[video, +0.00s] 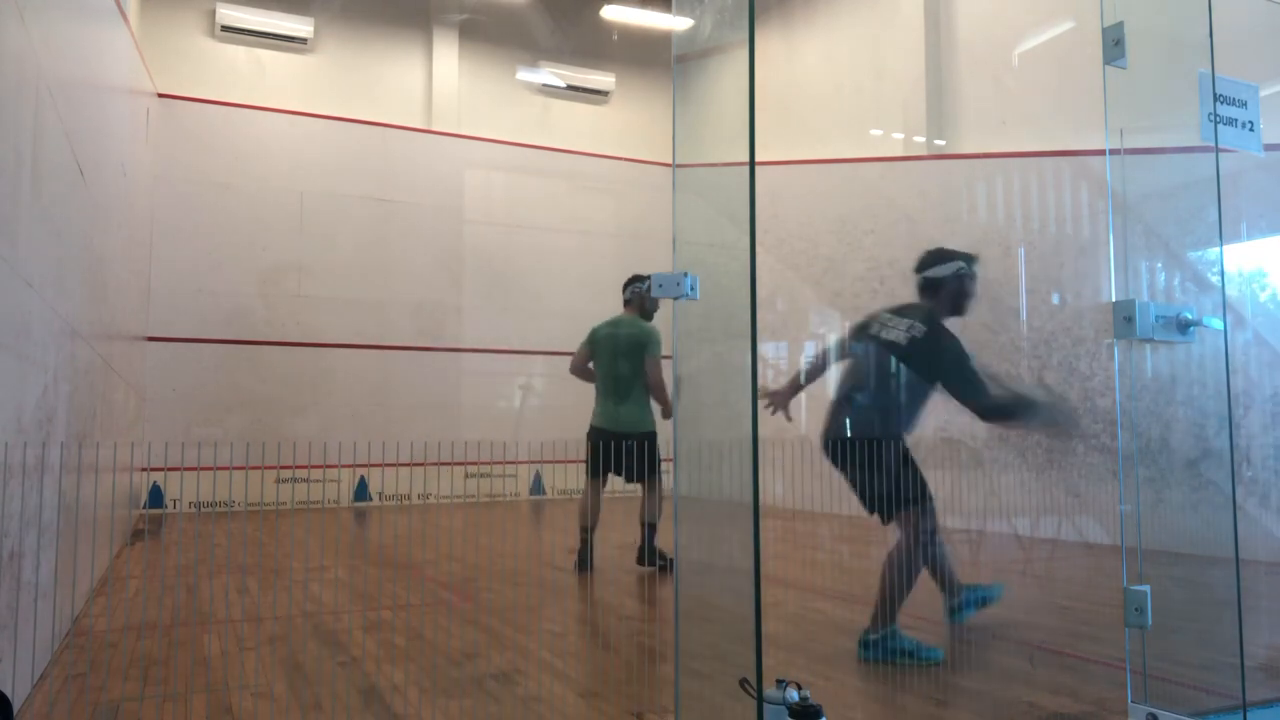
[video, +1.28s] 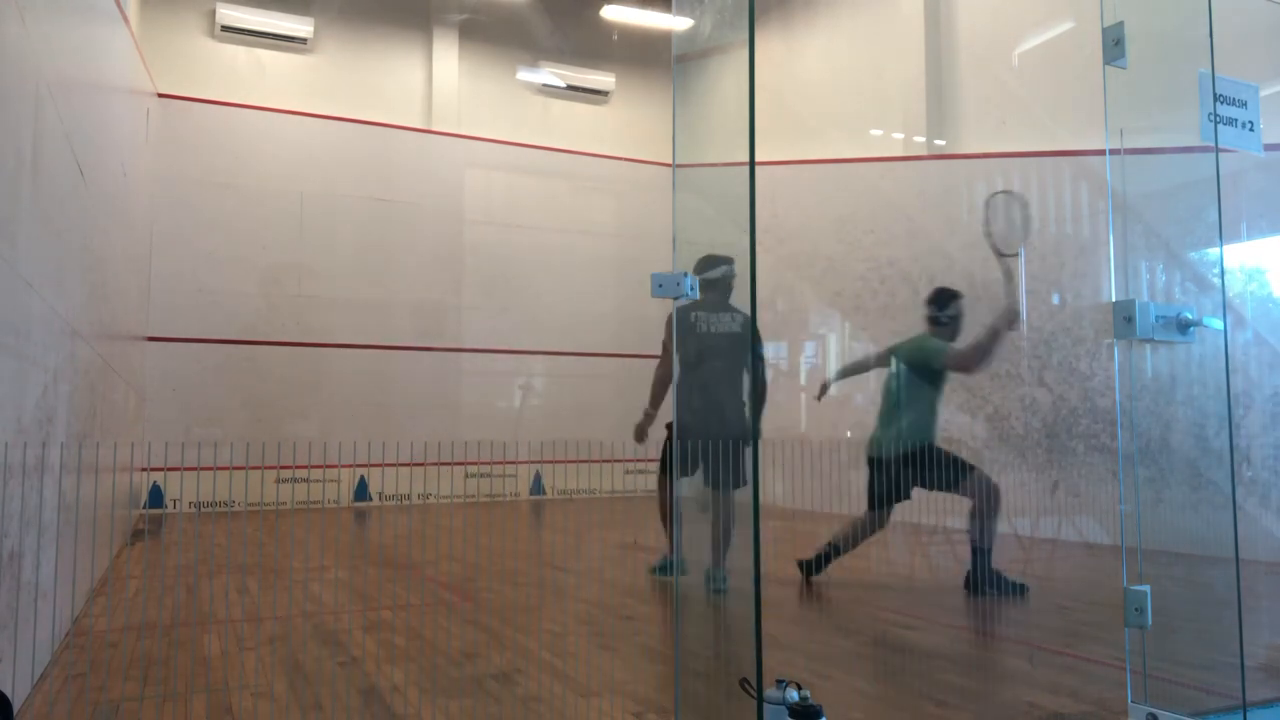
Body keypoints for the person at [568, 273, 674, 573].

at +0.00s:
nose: (658, 305)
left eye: (657, 299)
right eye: (654, 298)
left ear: (628, 299)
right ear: (640, 299)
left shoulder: (600, 329)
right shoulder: (648, 333)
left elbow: (577, 367)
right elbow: (653, 379)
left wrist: (603, 379)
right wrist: (665, 403)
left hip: (602, 426)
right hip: (637, 429)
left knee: (593, 486)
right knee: (652, 486)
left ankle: (584, 551)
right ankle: (647, 547)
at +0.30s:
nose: (667, 293)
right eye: (667, 287)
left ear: (640, 286)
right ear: (666, 289)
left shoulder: (618, 318)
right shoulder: (668, 322)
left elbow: (587, 348)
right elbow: (670, 373)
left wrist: (605, 383)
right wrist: (695, 376)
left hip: (625, 416)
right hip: (662, 416)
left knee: (606, 478)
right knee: (684, 474)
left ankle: (596, 544)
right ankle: (688, 543)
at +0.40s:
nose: (675, 304)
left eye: (672, 298)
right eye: (675, 299)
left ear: (651, 299)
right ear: (674, 300)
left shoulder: (629, 331)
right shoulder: (679, 335)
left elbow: (596, 361)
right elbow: (685, 383)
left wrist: (607, 400)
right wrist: (696, 417)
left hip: (635, 426)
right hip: (672, 427)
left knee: (615, 485)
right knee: (708, 484)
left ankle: (597, 551)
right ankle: (730, 549)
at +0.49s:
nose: (695, 323)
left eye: (688, 317)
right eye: (694, 319)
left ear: (671, 318)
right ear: (695, 319)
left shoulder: (649, 351)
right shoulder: (694, 352)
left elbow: (621, 387)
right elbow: (700, 396)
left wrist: (637, 416)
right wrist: (719, 430)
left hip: (648, 441)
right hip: (685, 443)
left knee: (622, 491)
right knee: (734, 486)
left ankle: (596, 551)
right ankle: (758, 548)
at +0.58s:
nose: (706, 325)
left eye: (708, 320)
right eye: (708, 320)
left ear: (708, 320)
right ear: (732, 321)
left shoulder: (689, 352)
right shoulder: (741, 352)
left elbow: (667, 384)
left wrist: (657, 391)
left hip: (681, 439)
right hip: (726, 440)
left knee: (642, 493)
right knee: (761, 488)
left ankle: (599, 550)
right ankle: (764, 549)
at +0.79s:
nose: (734, 271)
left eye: (733, 264)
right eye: (734, 263)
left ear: (721, 265)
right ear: (755, 262)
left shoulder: (704, 307)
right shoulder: (776, 308)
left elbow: (676, 360)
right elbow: (798, 368)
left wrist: (668, 407)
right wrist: (811, 417)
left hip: (715, 423)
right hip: (762, 422)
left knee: (709, 506)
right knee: (753, 505)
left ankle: (713, 589)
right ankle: (744, 585)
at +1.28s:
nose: (731, 286)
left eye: (728, 281)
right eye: (731, 281)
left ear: (698, 283)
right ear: (728, 283)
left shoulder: (680, 317)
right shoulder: (745, 322)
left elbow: (666, 370)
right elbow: (759, 378)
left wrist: (649, 414)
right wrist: (754, 421)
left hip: (689, 423)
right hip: (730, 422)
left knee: (666, 482)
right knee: (724, 496)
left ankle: (674, 555)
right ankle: (719, 570)